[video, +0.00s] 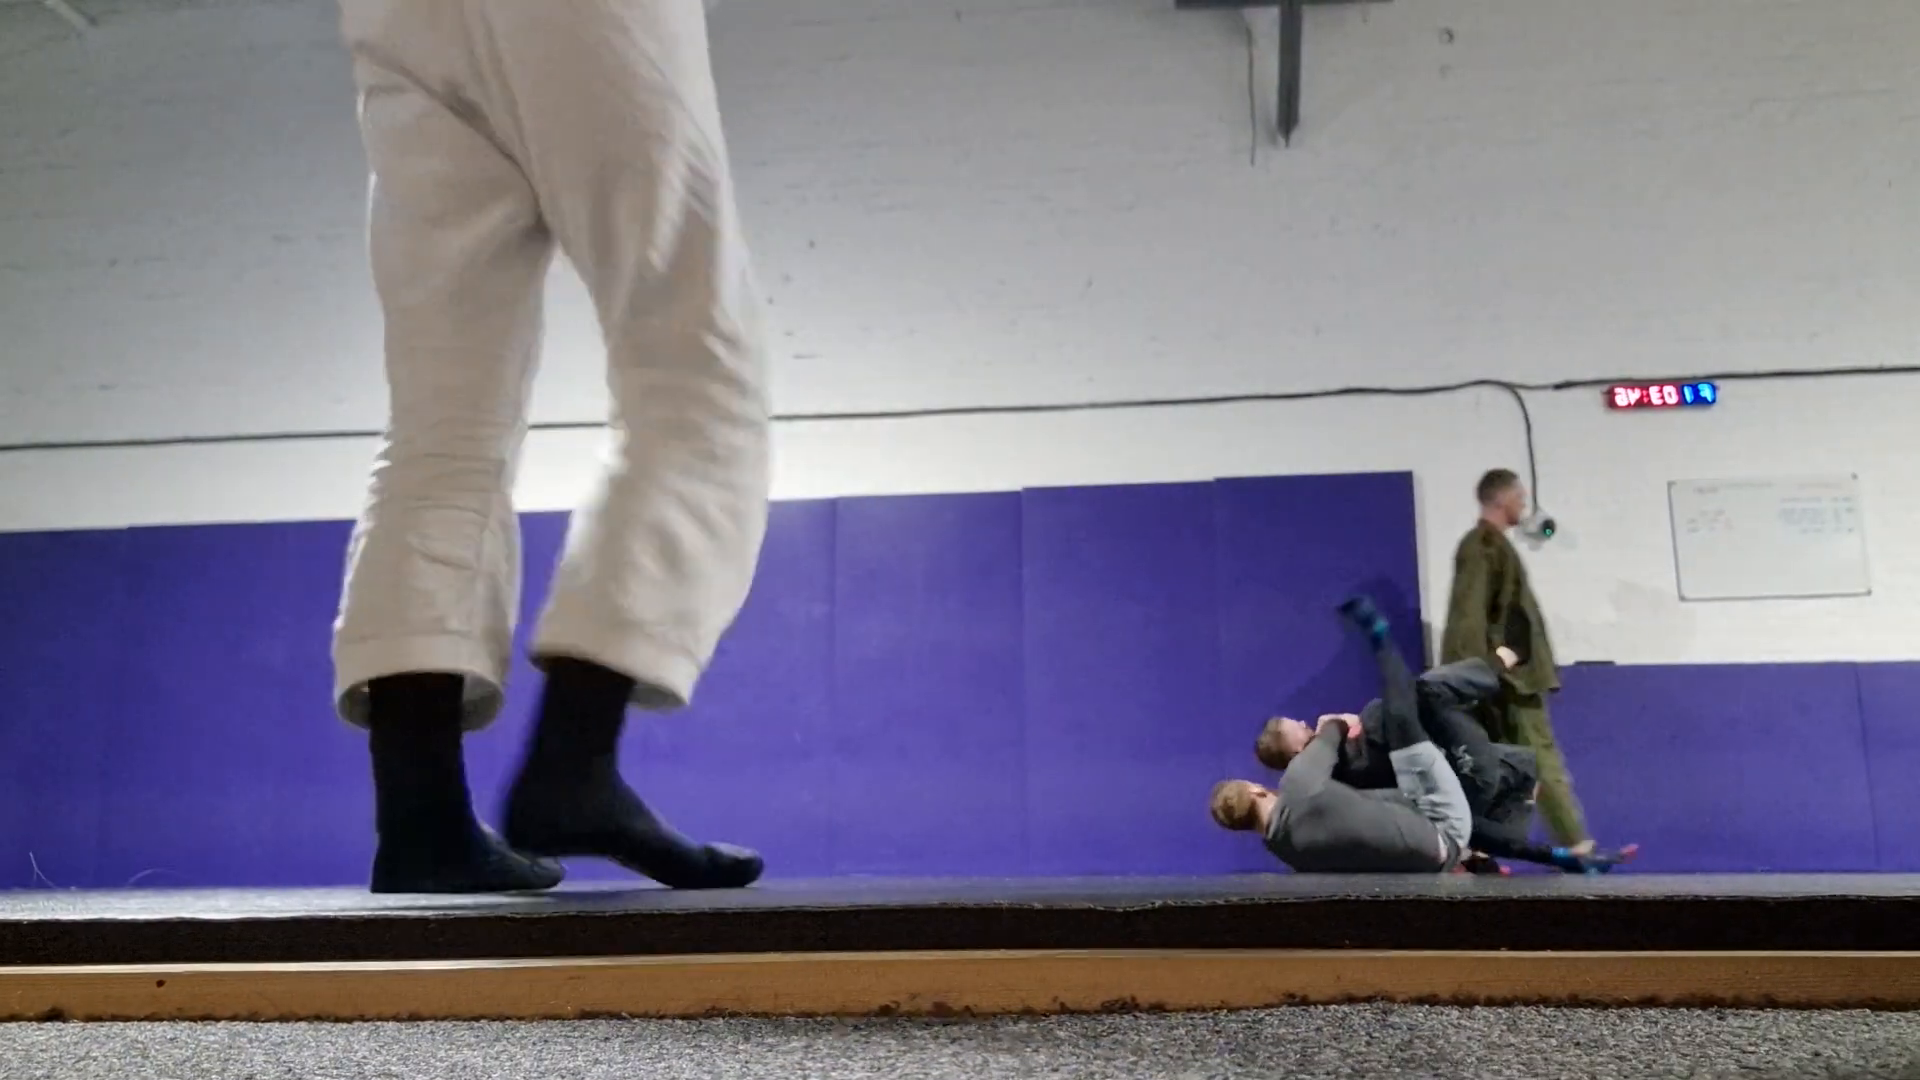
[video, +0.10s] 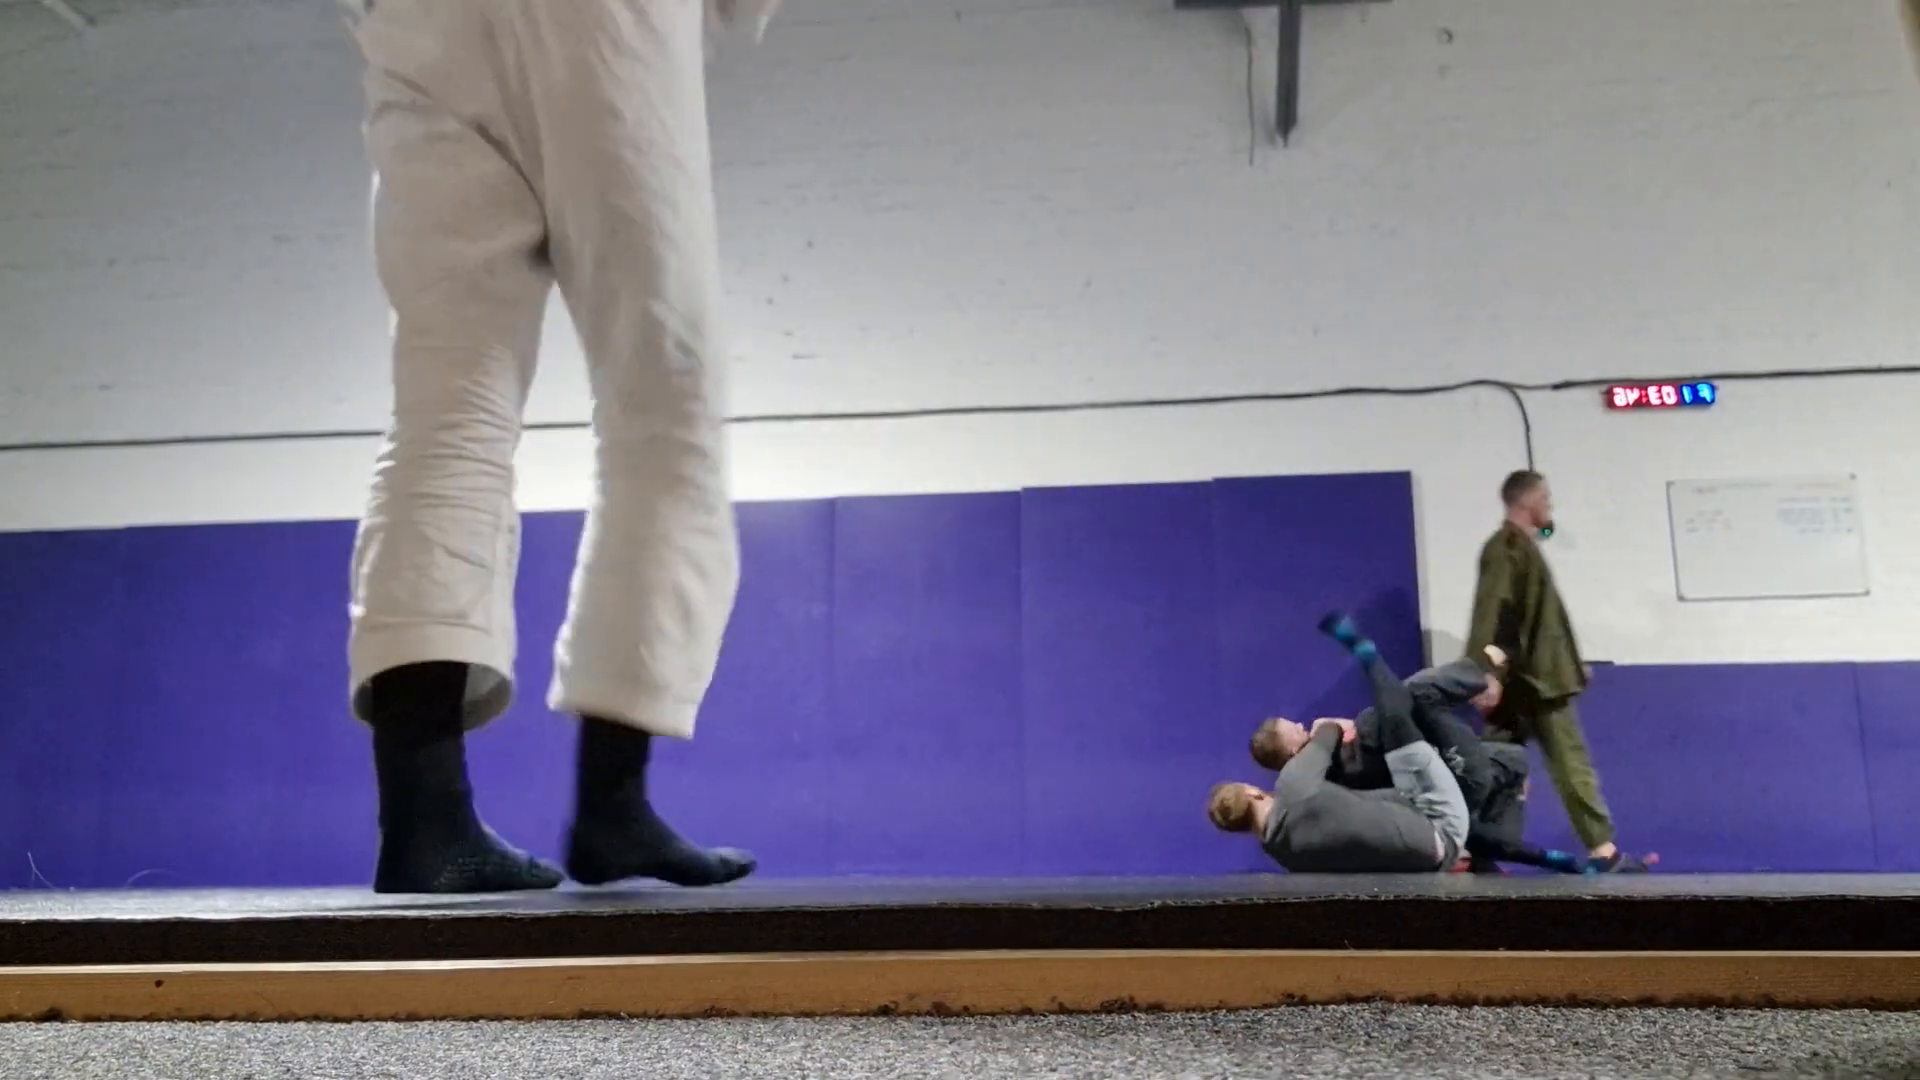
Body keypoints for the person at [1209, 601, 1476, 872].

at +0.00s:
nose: (1259, 784)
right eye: (1253, 784)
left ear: (1240, 827)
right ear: (1257, 789)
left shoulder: (1290, 853)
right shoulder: (1298, 784)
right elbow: (1329, 727)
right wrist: (1332, 721)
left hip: (1437, 862)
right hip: (1447, 833)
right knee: (1400, 719)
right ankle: (1381, 637)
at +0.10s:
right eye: (1251, 787)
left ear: (1237, 830)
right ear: (1251, 791)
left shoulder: (1285, 855)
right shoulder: (1291, 785)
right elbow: (1328, 728)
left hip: (1435, 861)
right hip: (1442, 829)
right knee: (1395, 718)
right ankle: (1368, 655)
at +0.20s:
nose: (1250, 793)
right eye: (1247, 792)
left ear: (1231, 837)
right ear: (1246, 797)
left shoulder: (1278, 859)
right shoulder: (1282, 790)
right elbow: (1322, 736)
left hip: (1433, 865)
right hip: (1440, 831)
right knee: (1389, 708)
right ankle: (1371, 675)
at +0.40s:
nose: (1232, 798)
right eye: (1225, 800)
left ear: (1220, 842)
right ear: (1229, 801)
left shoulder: (1264, 860)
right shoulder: (1264, 788)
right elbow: (1307, 747)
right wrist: (1323, 744)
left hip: (1428, 865)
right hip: (1424, 823)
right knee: (1379, 731)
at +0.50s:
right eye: (1227, 799)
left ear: (1219, 843)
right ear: (1229, 801)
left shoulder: (1262, 860)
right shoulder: (1263, 784)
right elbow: (1305, 747)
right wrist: (1318, 747)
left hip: (1424, 865)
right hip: (1418, 812)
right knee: (1370, 718)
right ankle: (1442, 778)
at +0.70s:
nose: (1259, 757)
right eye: (1254, 758)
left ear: (1222, 840)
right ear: (1231, 798)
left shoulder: (1263, 862)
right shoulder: (1266, 781)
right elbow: (1297, 753)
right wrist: (1318, 752)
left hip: (1421, 859)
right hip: (1416, 804)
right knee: (1351, 732)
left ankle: (1475, 858)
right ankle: (1316, 701)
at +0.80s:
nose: (1248, 768)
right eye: (1243, 772)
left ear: (1218, 842)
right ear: (1237, 790)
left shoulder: (1260, 861)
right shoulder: (1264, 778)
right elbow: (1298, 756)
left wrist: (1314, 770)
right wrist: (1315, 751)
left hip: (1411, 860)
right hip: (1412, 805)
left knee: (1424, 857)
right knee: (1332, 727)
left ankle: (1501, 854)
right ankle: (1295, 716)